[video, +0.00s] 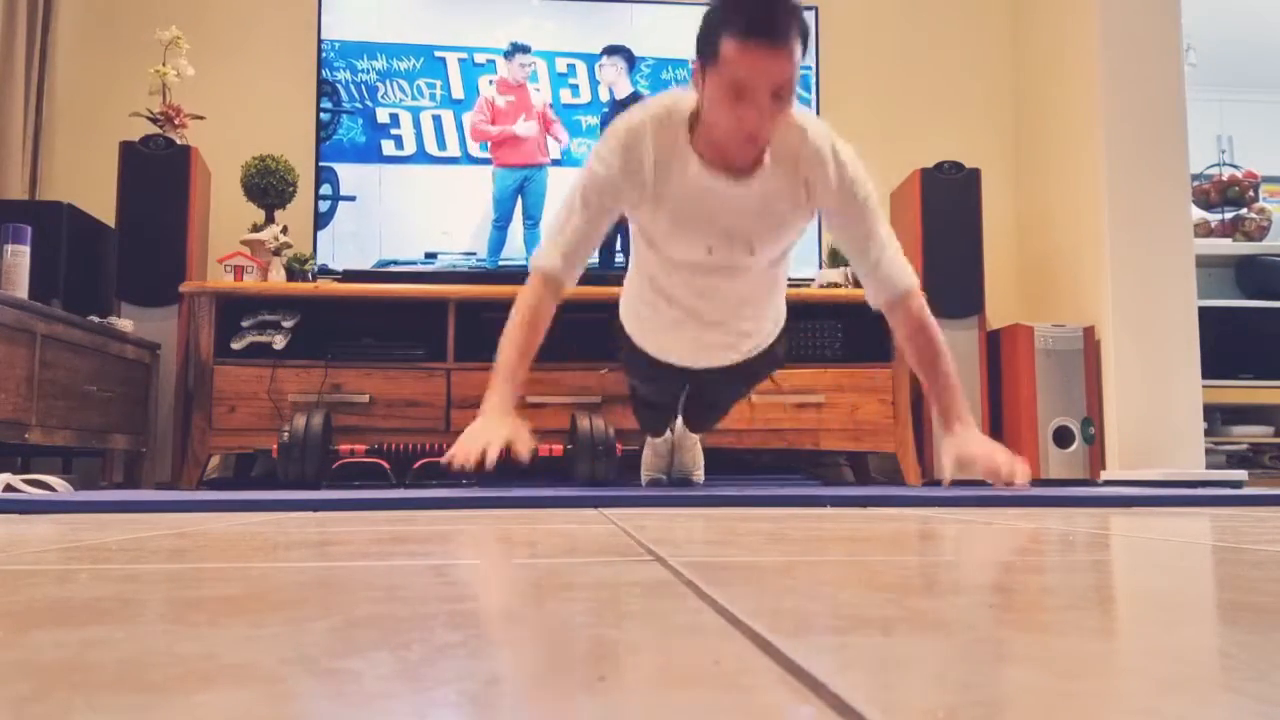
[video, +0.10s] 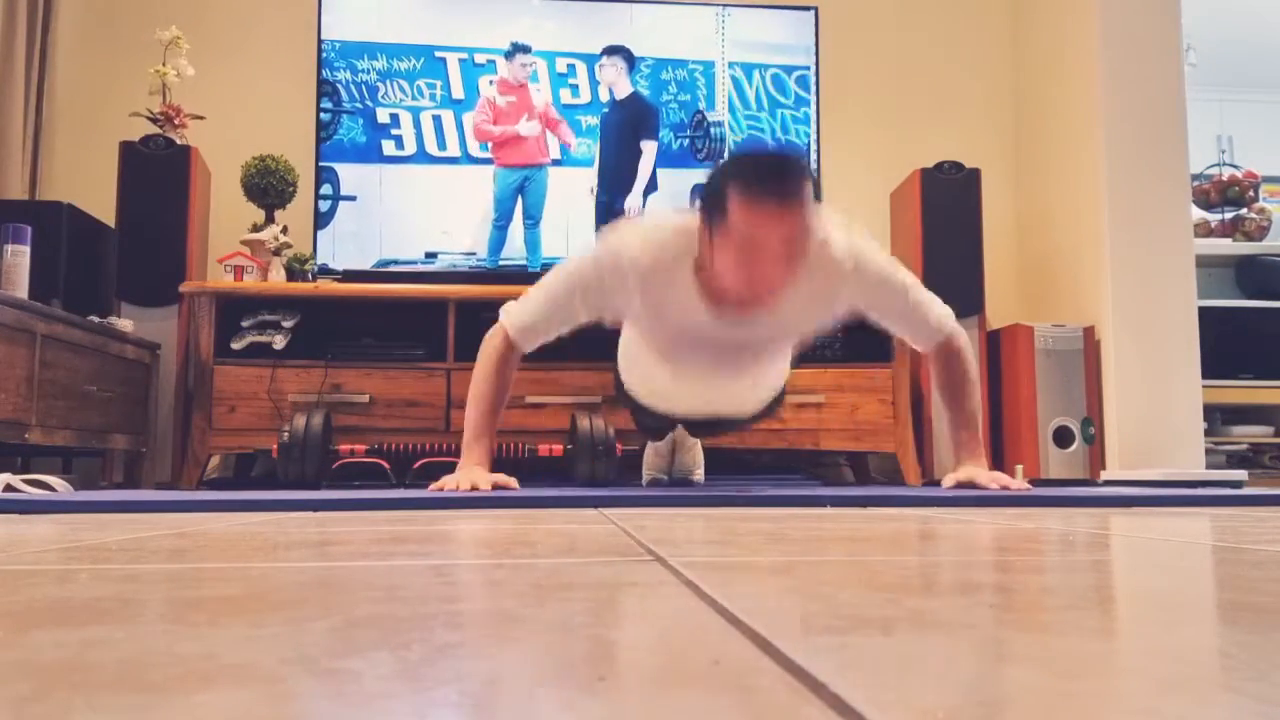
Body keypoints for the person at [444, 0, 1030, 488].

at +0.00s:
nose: (759, 118)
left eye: (778, 95)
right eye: (740, 91)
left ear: (797, 86)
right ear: (701, 74)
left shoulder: (822, 160)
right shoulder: (637, 142)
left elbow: (901, 296)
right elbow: (552, 271)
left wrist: (959, 429)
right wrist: (497, 406)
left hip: (750, 343)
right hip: (655, 335)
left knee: (705, 410)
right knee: (656, 411)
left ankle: (684, 440)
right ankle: (659, 446)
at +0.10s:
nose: (763, 270)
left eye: (782, 250)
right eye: (747, 247)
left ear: (808, 236)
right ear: (711, 231)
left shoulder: (842, 259)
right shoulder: (633, 254)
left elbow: (948, 341)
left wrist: (967, 459)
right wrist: (471, 460)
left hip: (747, 401)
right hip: (650, 392)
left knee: (711, 427)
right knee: (654, 423)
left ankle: (690, 446)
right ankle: (662, 447)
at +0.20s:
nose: (782, 413)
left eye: (799, 396)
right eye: (763, 396)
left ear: (825, 361)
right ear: (713, 359)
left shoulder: (846, 340)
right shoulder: (639, 337)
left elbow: (953, 344)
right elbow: (497, 335)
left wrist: (972, 460)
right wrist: (469, 460)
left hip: (760, 477)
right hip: (643, 473)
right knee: (630, 584)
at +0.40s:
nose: (766, 365)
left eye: (786, 344)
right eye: (748, 343)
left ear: (814, 319)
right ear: (705, 316)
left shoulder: (841, 314)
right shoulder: (639, 310)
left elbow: (945, 341)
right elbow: (498, 335)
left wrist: (972, 459)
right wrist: (471, 461)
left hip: (746, 470)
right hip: (640, 464)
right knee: (626, 578)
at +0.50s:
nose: (762, 308)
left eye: (781, 288)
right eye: (744, 287)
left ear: (805, 268)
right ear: (704, 264)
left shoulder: (834, 285)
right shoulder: (631, 279)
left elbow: (936, 343)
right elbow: (500, 338)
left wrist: (969, 460)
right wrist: (471, 459)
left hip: (747, 432)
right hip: (644, 424)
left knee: (721, 459)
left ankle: (694, 472)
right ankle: (642, 466)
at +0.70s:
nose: (756, 116)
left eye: (776, 90)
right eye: (733, 92)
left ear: (790, 78)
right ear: (694, 76)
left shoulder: (815, 150)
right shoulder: (637, 145)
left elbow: (873, 288)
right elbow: (568, 292)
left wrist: (877, 411)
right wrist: (566, 428)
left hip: (747, 319)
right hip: (653, 313)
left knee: (709, 401)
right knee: (652, 402)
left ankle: (685, 436)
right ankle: (656, 440)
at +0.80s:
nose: (758, 226)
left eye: (779, 203)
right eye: (738, 202)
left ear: (798, 190)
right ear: (699, 184)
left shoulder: (828, 225)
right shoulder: (634, 219)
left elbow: (892, 343)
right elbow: (544, 338)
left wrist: (885, 461)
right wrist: (560, 464)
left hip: (743, 378)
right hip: (647, 376)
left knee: (700, 420)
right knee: (648, 422)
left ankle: (682, 440)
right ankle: (656, 442)